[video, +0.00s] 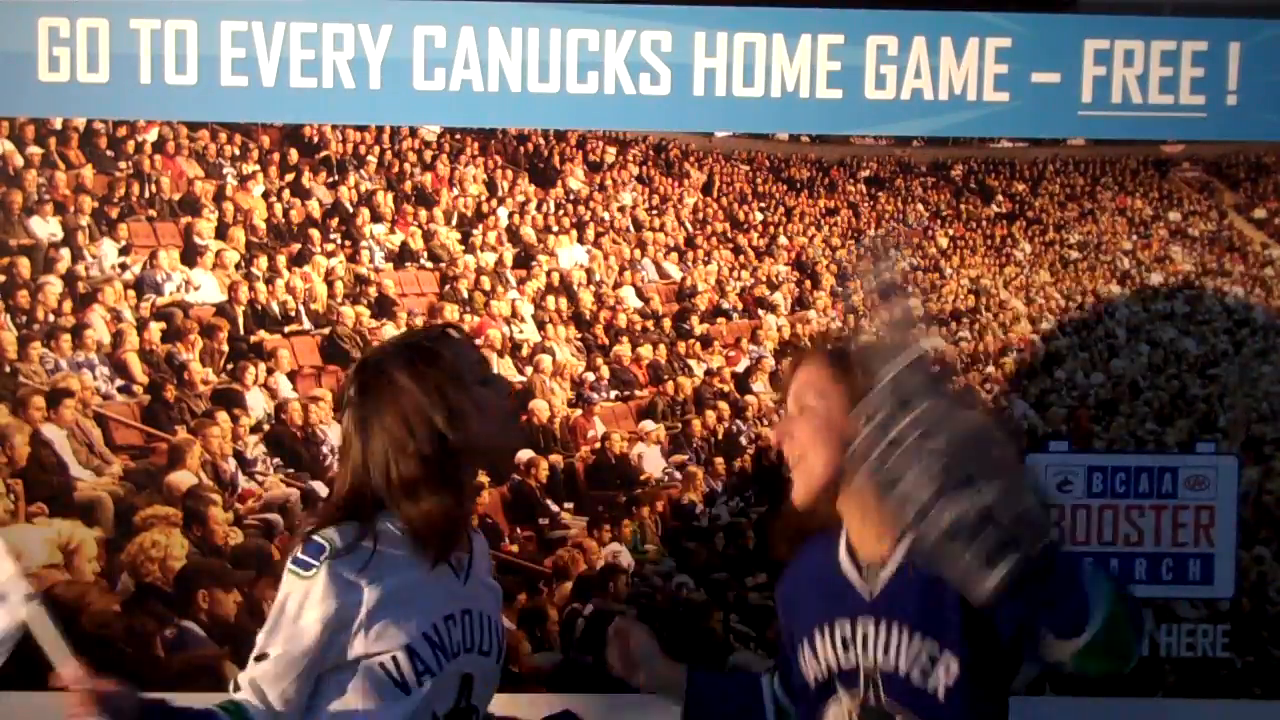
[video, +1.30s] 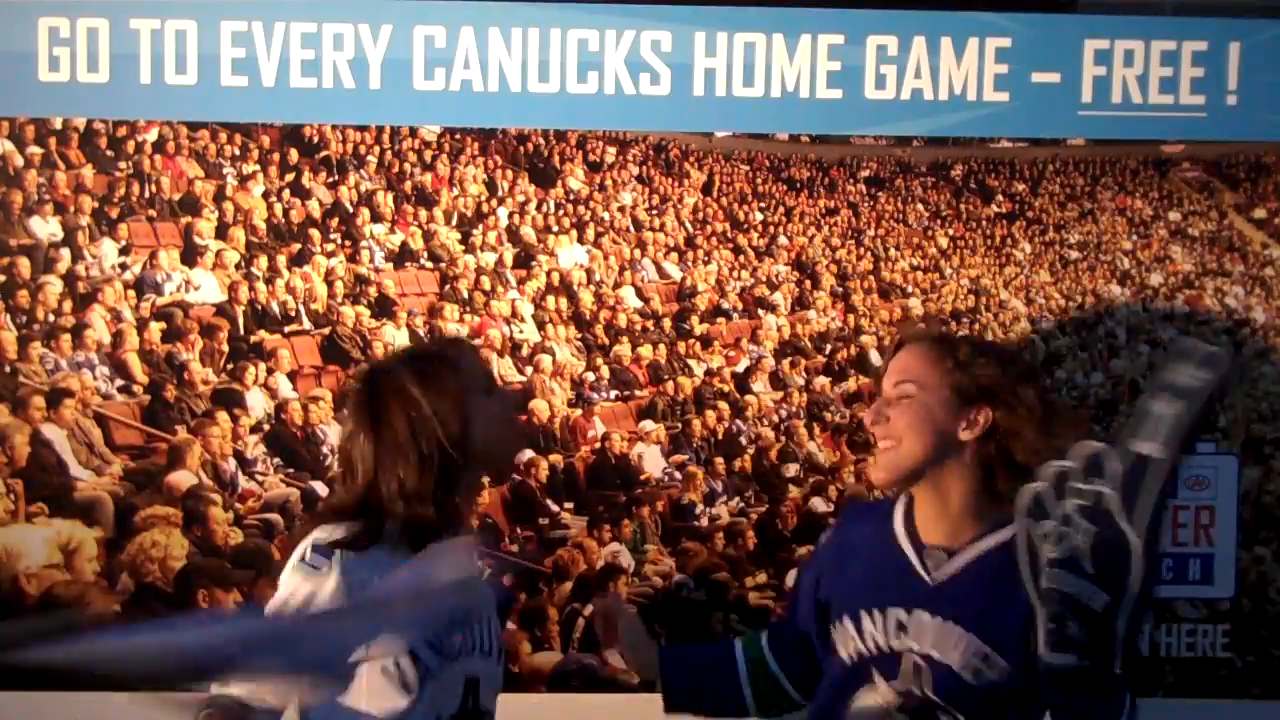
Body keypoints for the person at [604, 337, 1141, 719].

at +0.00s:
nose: (776, 435)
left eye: (800, 410)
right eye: (783, 412)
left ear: (876, 427)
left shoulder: (978, 569)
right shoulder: (805, 579)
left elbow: (1117, 652)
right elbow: (795, 705)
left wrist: (1032, 558)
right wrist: (670, 679)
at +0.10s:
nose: (778, 426)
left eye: (802, 407)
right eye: (787, 407)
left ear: (878, 430)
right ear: (874, 432)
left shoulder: (967, 541)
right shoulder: (813, 560)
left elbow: (1072, 684)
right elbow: (796, 694)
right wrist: (659, 692)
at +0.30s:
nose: (749, 416)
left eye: (776, 409)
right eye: (762, 403)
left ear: (843, 457)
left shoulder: (921, 590)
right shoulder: (770, 571)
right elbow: (752, 694)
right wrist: (637, 604)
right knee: (569, 710)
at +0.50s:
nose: (724, 435)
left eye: (753, 417)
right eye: (731, 416)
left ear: (819, 445)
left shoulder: (921, 555)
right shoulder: (769, 588)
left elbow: (1045, 686)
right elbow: (778, 701)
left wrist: (1065, 617)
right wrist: (646, 649)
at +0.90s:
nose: (804, 392)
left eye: (830, 379)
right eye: (793, 386)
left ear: (891, 409)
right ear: (784, 429)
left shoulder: (962, 539)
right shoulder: (790, 552)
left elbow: (1076, 688)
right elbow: (780, 666)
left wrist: (1068, 590)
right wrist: (666, 624)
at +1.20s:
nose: (871, 420)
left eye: (902, 403)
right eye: (871, 406)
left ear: (970, 432)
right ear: (864, 422)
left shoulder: (1030, 572)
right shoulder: (843, 540)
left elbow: (1057, 709)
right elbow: (778, 676)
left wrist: (1086, 646)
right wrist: (652, 652)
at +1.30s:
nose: (874, 417)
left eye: (904, 396)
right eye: (881, 398)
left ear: (973, 422)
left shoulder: (1045, 565)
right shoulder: (852, 539)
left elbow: (1073, 705)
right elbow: (792, 662)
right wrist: (660, 666)